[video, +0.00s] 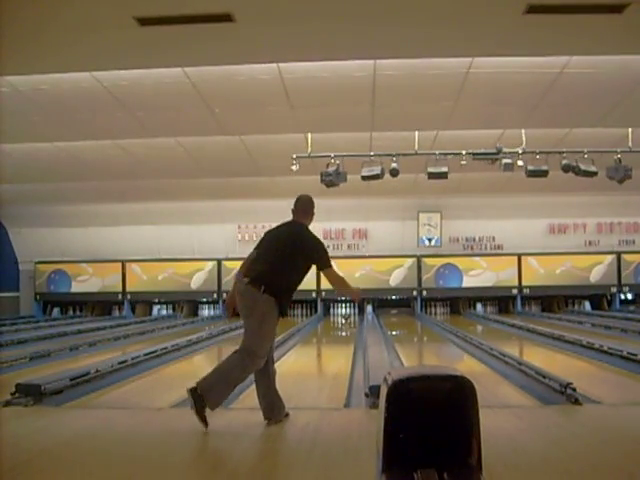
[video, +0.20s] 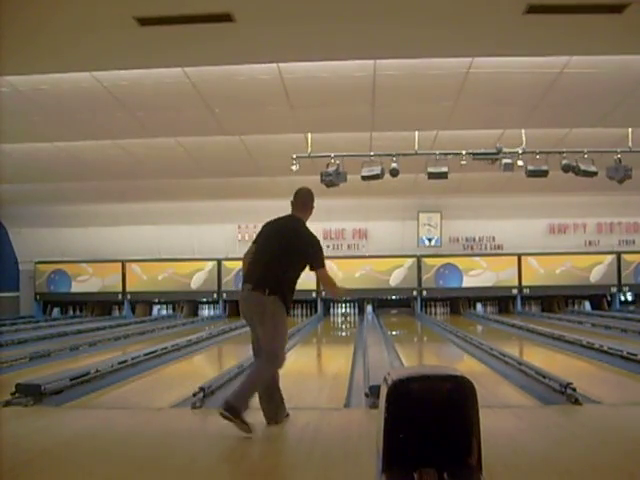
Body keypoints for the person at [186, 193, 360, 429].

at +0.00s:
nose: (311, 216)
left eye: (308, 211)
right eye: (312, 212)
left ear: (293, 211)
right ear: (312, 214)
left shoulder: (275, 231)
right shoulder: (311, 241)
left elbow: (247, 264)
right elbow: (332, 277)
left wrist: (232, 294)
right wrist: (352, 292)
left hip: (245, 289)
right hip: (264, 296)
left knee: (263, 356)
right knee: (253, 354)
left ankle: (274, 413)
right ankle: (203, 393)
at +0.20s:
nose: (308, 209)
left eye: (304, 205)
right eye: (310, 206)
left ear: (291, 203)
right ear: (312, 207)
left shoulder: (270, 226)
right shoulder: (308, 238)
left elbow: (247, 259)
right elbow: (323, 276)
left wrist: (252, 283)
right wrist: (336, 291)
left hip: (248, 294)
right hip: (270, 299)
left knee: (264, 357)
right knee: (274, 358)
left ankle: (274, 413)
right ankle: (233, 406)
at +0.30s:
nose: (311, 215)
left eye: (307, 209)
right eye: (312, 211)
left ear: (292, 208)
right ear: (311, 213)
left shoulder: (270, 228)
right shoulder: (306, 247)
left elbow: (248, 259)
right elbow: (314, 291)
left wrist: (258, 284)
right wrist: (326, 304)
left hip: (250, 305)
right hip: (273, 308)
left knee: (269, 358)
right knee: (288, 362)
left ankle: (268, 413)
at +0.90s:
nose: (293, 197)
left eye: (288, 192)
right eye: (296, 193)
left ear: (273, 190)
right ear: (296, 195)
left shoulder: (253, 215)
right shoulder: (293, 234)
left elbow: (245, 257)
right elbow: (301, 283)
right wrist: (314, 325)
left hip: (251, 305)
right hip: (279, 309)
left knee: (267, 354)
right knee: (299, 361)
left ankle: (271, 417)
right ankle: (281, 425)